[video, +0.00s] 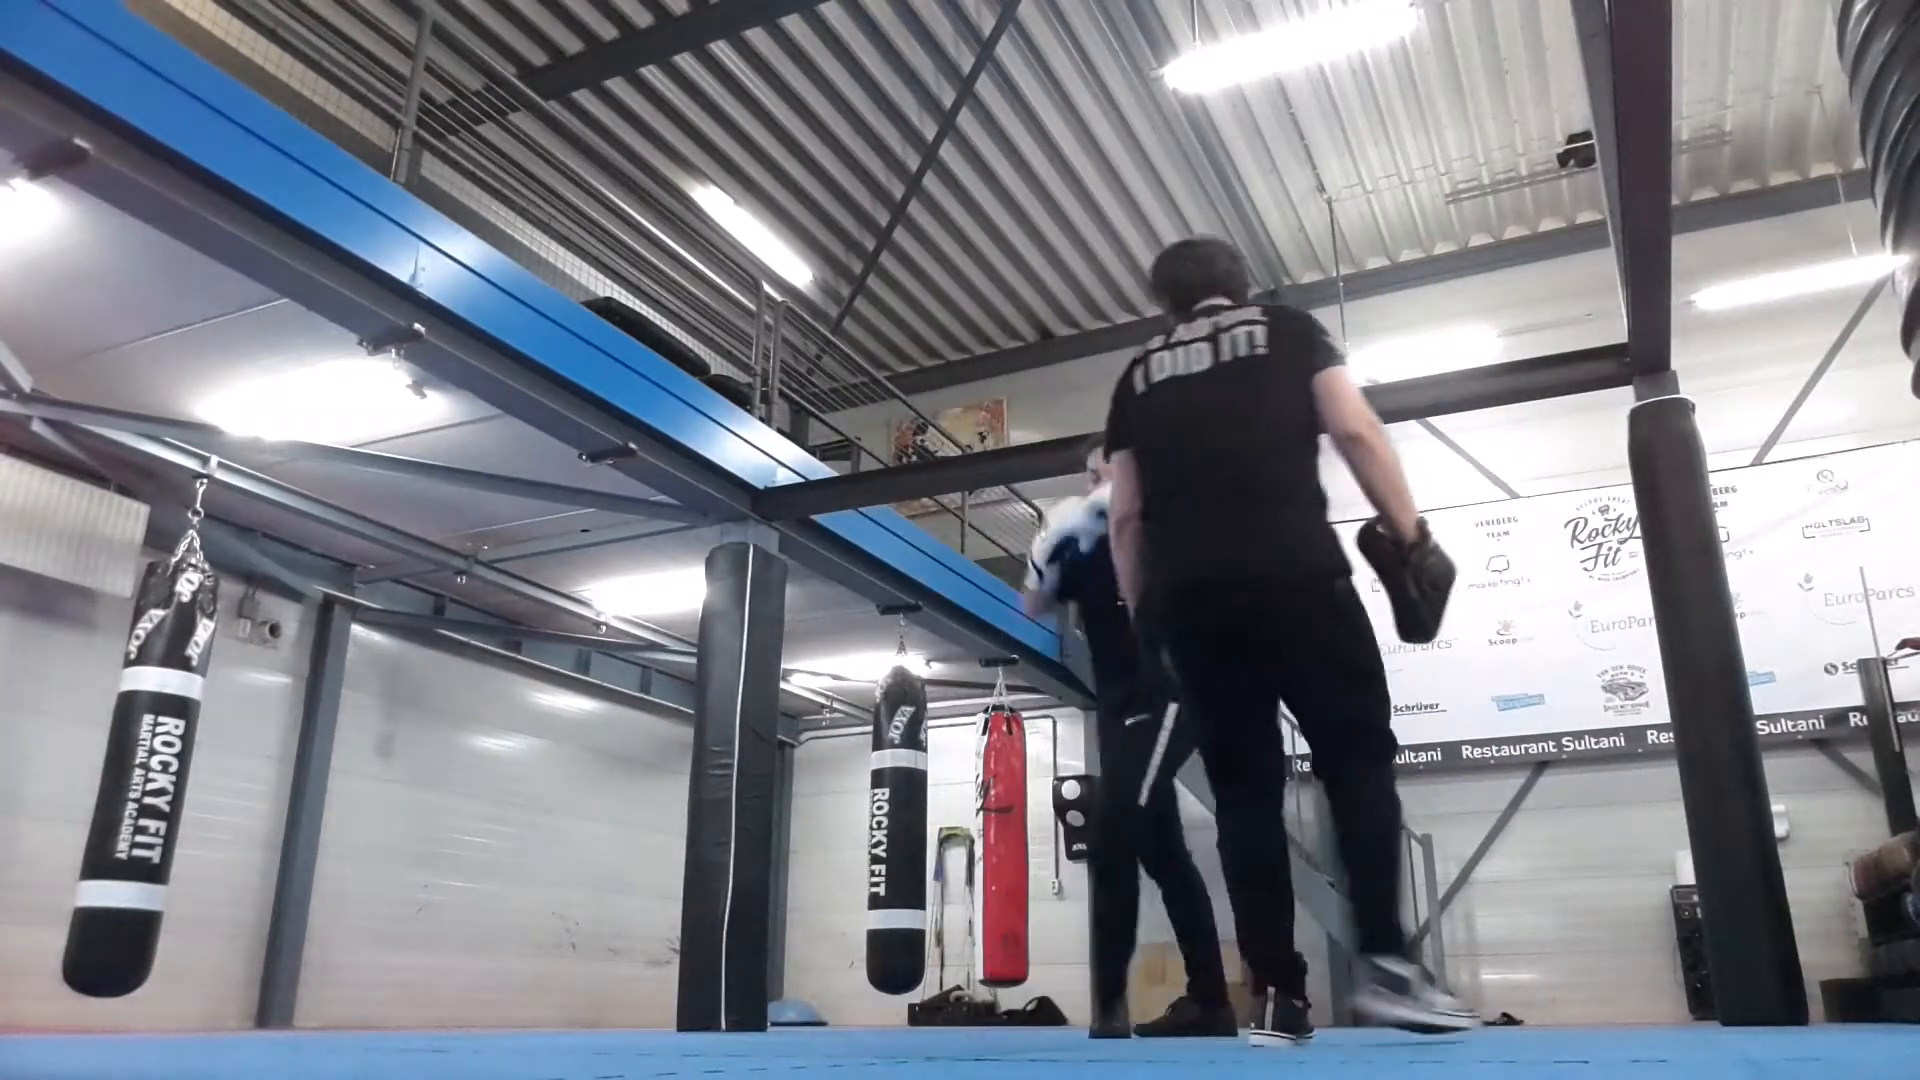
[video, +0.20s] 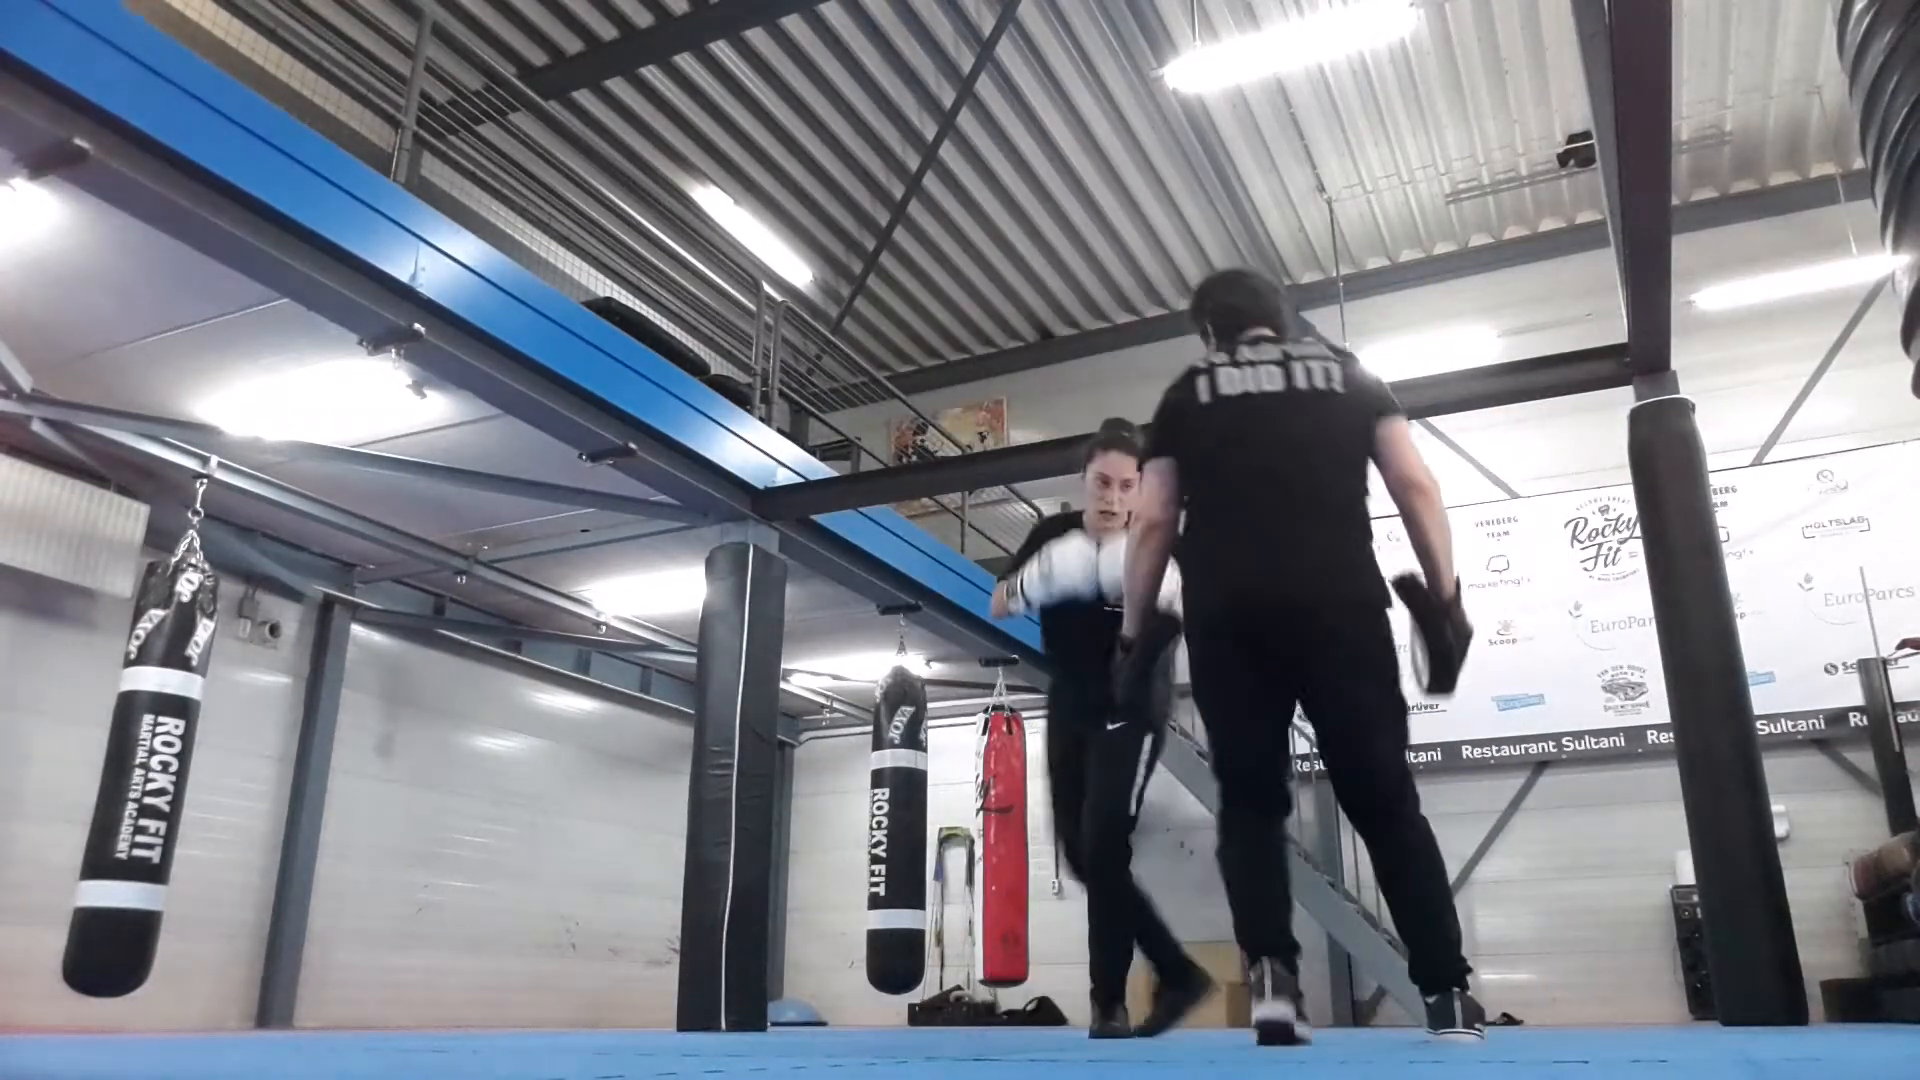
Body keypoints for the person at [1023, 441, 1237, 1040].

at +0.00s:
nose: (1105, 481)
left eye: (1113, 469)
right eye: (1100, 472)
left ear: (1141, 471)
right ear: (1094, 477)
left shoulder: (1168, 519)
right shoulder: (1080, 532)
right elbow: (1036, 605)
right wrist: (1050, 549)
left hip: (1174, 690)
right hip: (1120, 701)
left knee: (1113, 839)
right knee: (1164, 852)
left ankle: (1109, 1006)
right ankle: (1210, 999)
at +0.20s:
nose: (1109, 495)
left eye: (1122, 486)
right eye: (1100, 482)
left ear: (1139, 494)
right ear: (1083, 486)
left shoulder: (1152, 557)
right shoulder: (1055, 553)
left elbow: (1193, 612)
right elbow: (999, 607)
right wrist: (1025, 576)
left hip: (1129, 716)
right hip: (1069, 716)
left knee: (1103, 848)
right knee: (1083, 851)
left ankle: (1108, 1003)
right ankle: (1179, 975)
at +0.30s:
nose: (1111, 498)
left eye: (1124, 486)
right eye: (1101, 483)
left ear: (1139, 487)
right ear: (1078, 475)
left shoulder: (1146, 537)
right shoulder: (1040, 525)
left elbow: (1182, 607)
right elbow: (998, 605)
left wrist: (1122, 606)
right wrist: (1030, 608)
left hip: (1112, 706)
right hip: (1046, 702)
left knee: (1101, 846)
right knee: (1018, 842)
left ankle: (1107, 1001)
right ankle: (1129, 949)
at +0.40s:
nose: (1106, 498)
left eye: (1120, 486)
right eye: (1098, 480)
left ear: (1133, 488)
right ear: (1071, 467)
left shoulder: (1134, 535)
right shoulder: (1026, 519)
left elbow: (1159, 599)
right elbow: (983, 593)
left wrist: (1103, 616)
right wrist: (1014, 608)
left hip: (1089, 714)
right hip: (1018, 703)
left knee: (1090, 847)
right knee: (974, 827)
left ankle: (1107, 990)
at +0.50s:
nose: (1087, 492)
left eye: (1101, 481)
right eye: (1078, 475)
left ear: (1115, 486)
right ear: (1052, 465)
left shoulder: (1119, 532)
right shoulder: (1007, 512)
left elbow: (1159, 604)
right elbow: (956, 587)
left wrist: (1129, 601)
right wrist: (994, 594)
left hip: (1069, 707)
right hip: (994, 700)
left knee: (1087, 848)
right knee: (941, 826)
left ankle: (1106, 997)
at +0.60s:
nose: (1062, 496)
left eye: (1075, 486)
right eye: (1054, 481)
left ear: (1088, 493)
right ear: (1028, 474)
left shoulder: (1093, 553)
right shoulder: (981, 524)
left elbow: (1137, 630)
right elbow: (926, 602)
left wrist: (1100, 601)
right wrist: (971, 596)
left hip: (1052, 717)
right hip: (972, 714)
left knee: (1079, 850)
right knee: (907, 839)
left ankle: (1105, 1000)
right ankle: (825, 984)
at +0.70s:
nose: (1022, 509)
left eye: (1035, 499)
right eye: (1011, 496)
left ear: (1051, 508)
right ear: (989, 502)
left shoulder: (1064, 568)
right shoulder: (965, 554)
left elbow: (1088, 656)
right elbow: (898, 611)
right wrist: (955, 584)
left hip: (1023, 732)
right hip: (945, 729)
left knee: (1049, 862)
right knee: (861, 849)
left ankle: (1103, 1001)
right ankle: (772, 990)